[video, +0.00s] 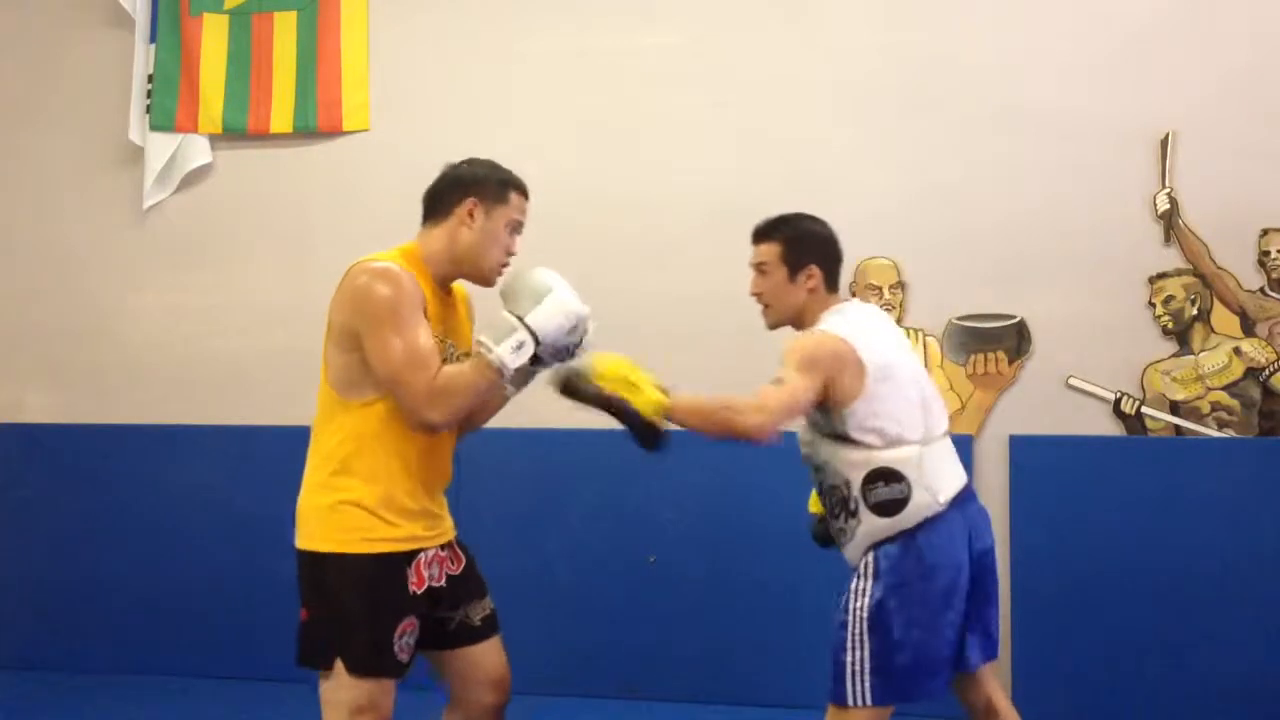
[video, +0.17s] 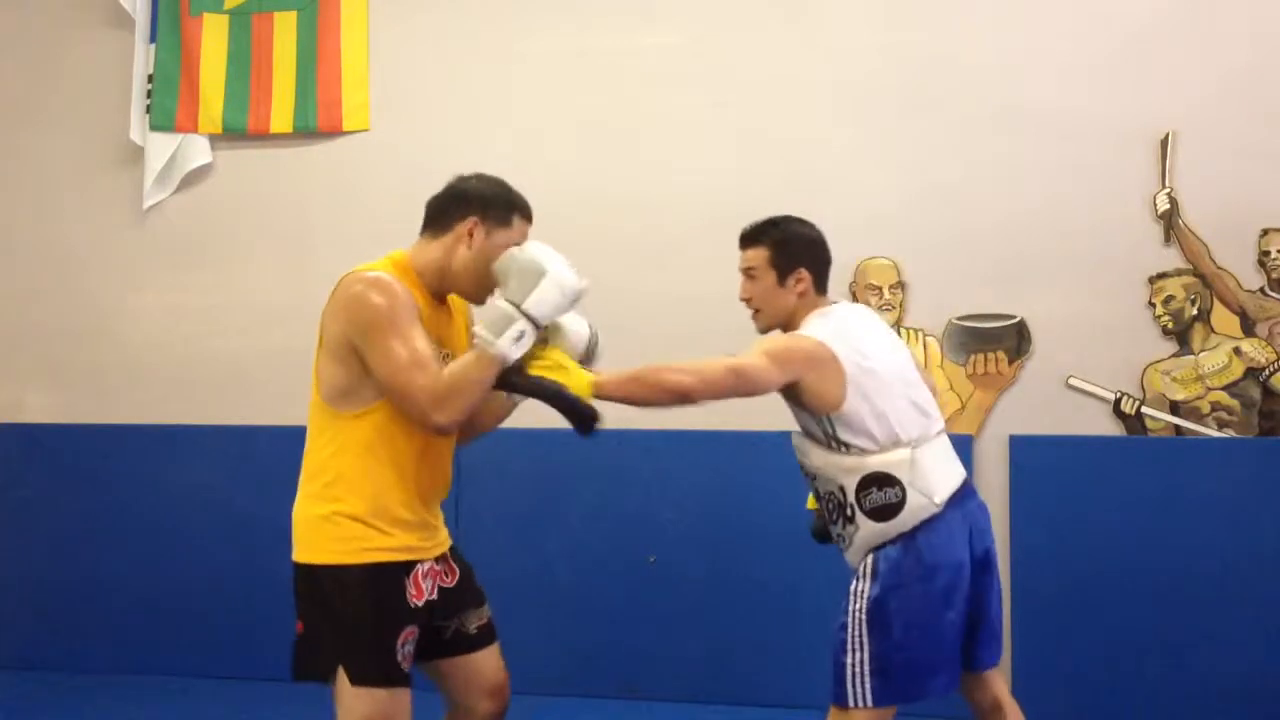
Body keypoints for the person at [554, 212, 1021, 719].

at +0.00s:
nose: (752, 287)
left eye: (763, 272)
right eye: (753, 272)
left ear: (810, 280)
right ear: (813, 281)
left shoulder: (820, 345)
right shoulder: (872, 321)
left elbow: (757, 420)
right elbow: (914, 420)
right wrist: (845, 490)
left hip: (905, 548)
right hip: (960, 527)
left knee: (856, 707)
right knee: (981, 688)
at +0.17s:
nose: (743, 292)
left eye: (752, 276)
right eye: (743, 277)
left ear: (799, 280)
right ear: (805, 281)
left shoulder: (800, 349)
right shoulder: (862, 320)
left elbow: (690, 386)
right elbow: (920, 409)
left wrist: (589, 384)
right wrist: (843, 488)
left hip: (906, 548)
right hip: (965, 524)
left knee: (860, 709)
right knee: (986, 689)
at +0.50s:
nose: (766, 289)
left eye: (777, 274)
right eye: (767, 274)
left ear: (823, 279)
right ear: (827, 279)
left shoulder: (828, 344)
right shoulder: (885, 325)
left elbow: (753, 402)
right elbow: (909, 424)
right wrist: (829, 468)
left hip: (911, 550)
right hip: (970, 530)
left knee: (862, 708)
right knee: (986, 693)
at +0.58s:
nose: (785, 288)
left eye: (796, 271)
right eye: (786, 272)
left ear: (843, 279)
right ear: (845, 281)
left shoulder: (848, 340)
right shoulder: (902, 329)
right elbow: (933, 437)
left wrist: (724, 441)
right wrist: (835, 461)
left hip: (917, 545)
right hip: (973, 531)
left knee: (870, 707)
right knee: (984, 698)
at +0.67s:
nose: (805, 290)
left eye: (817, 274)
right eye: (806, 274)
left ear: (862, 280)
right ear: (865, 283)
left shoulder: (873, 343)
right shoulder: (912, 332)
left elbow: (896, 433)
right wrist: (834, 480)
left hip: (927, 545)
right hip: (977, 535)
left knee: (870, 706)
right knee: (977, 698)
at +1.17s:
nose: (785, 291)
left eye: (797, 275)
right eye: (785, 275)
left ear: (845, 281)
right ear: (841, 285)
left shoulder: (875, 353)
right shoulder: (841, 358)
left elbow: (900, 462)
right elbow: (846, 443)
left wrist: (802, 505)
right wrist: (779, 443)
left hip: (908, 553)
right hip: (940, 545)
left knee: (840, 709)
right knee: (962, 695)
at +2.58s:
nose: (793, 311)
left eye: (804, 296)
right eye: (792, 297)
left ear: (852, 297)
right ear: (846, 300)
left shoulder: (889, 357)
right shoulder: (844, 363)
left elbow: (911, 460)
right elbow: (788, 424)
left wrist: (811, 471)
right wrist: (748, 376)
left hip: (925, 563)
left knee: (836, 710)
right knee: (956, 707)